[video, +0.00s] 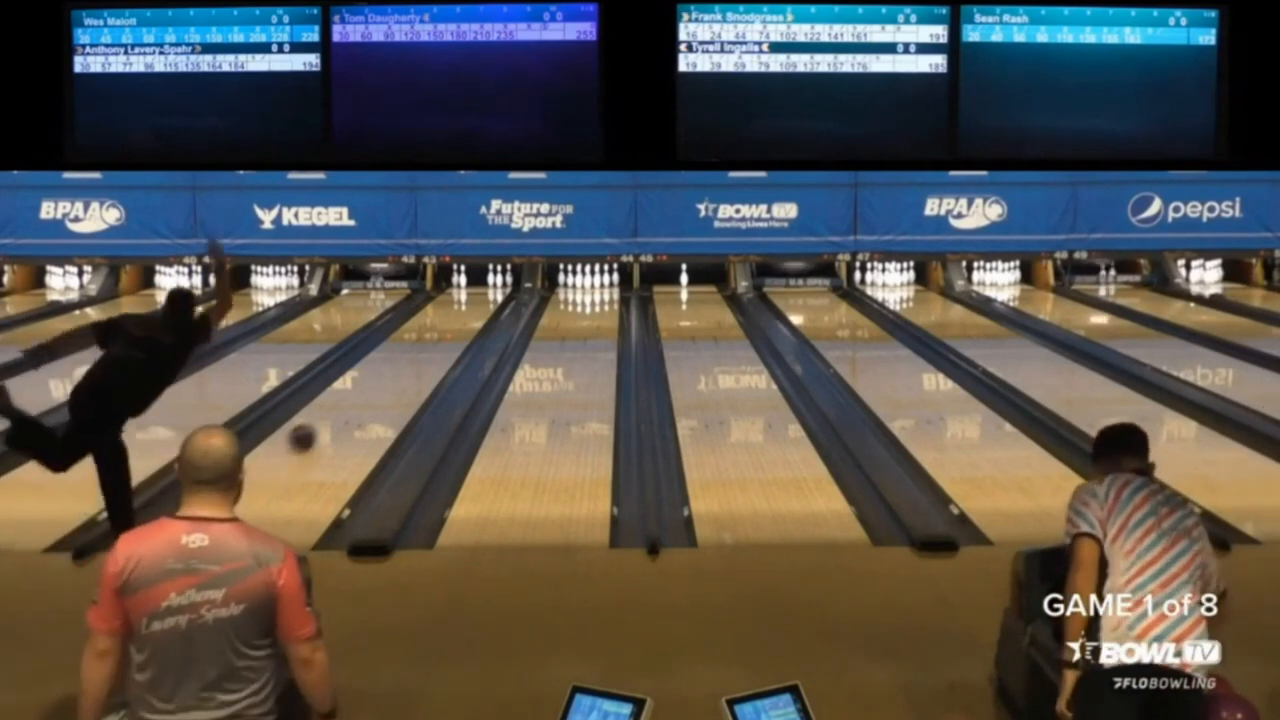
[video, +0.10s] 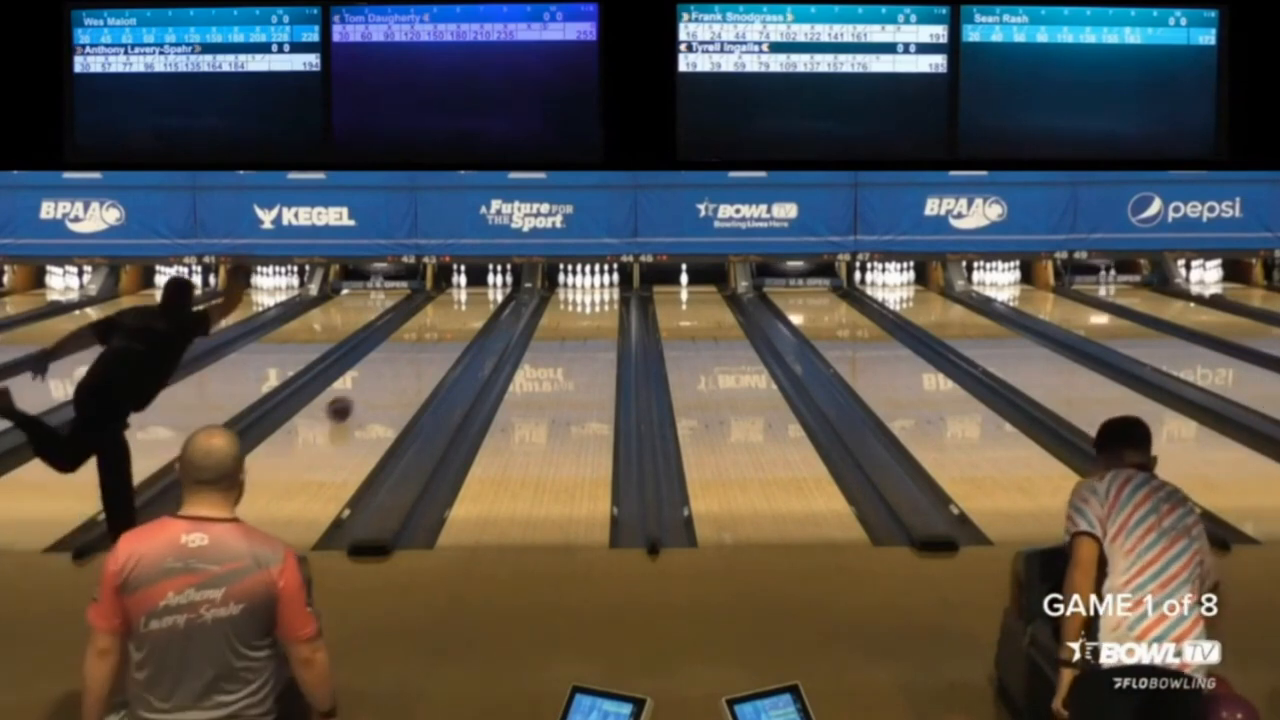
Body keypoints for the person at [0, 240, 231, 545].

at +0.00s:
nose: (190, 314)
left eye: (184, 306)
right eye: (190, 308)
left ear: (165, 306)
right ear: (190, 312)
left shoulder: (132, 324)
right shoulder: (187, 334)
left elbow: (81, 335)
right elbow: (224, 304)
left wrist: (45, 349)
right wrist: (221, 267)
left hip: (84, 403)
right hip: (107, 413)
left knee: (115, 477)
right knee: (58, 459)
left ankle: (125, 537)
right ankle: (11, 416)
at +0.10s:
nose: (186, 306)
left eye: (183, 301)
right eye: (185, 302)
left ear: (163, 297)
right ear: (186, 302)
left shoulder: (134, 317)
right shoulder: (186, 325)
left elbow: (87, 334)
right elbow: (227, 305)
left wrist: (47, 356)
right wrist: (239, 276)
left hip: (92, 400)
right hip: (110, 408)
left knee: (116, 476)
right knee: (65, 459)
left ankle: (123, 540)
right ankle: (12, 412)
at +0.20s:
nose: (185, 303)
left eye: (183, 297)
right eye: (186, 298)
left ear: (163, 293)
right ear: (187, 300)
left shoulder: (134, 315)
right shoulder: (186, 326)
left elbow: (88, 335)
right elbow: (222, 333)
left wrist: (53, 359)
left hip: (95, 401)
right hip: (113, 409)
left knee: (120, 477)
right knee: (74, 466)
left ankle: (122, 542)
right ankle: (10, 440)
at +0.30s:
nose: (185, 301)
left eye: (182, 296)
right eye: (187, 297)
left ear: (163, 292)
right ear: (188, 299)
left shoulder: (133, 313)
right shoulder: (186, 329)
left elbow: (86, 338)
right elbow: (216, 364)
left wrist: (57, 365)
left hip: (96, 398)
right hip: (117, 407)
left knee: (121, 475)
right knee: (78, 468)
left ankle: (124, 540)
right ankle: (10, 457)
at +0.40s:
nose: (183, 300)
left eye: (182, 293)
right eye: (187, 295)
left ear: (163, 290)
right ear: (189, 297)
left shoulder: (133, 312)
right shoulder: (185, 331)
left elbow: (86, 339)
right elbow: (190, 381)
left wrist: (60, 367)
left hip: (96, 397)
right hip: (120, 406)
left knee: (122, 473)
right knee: (84, 468)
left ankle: (125, 541)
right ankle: (11, 460)